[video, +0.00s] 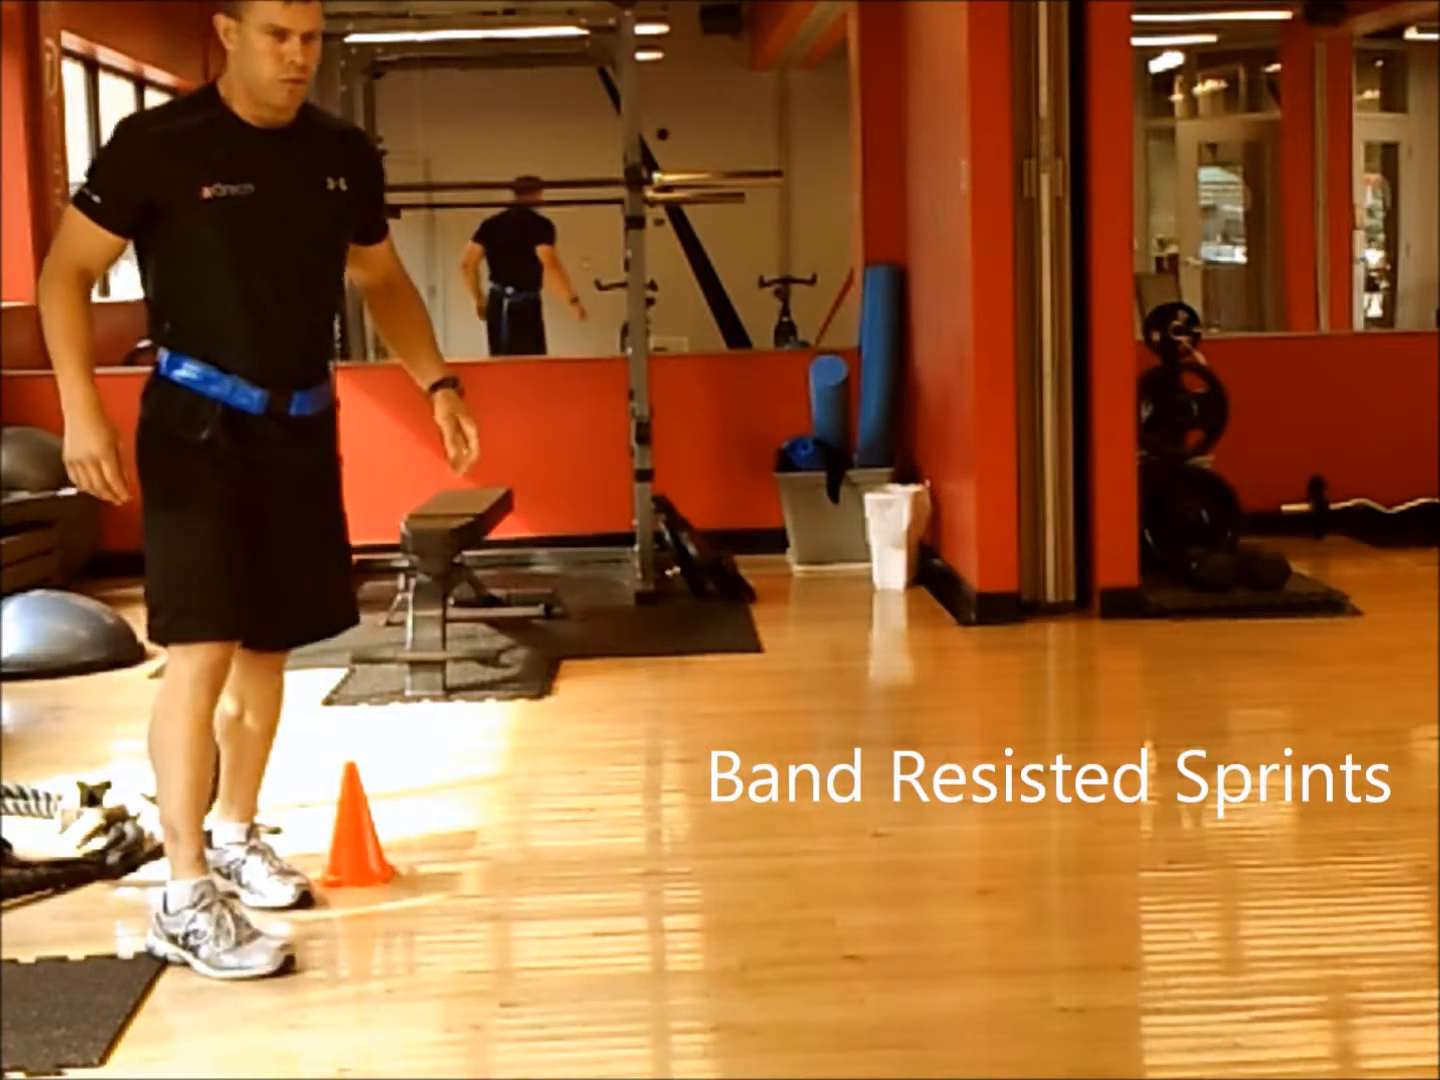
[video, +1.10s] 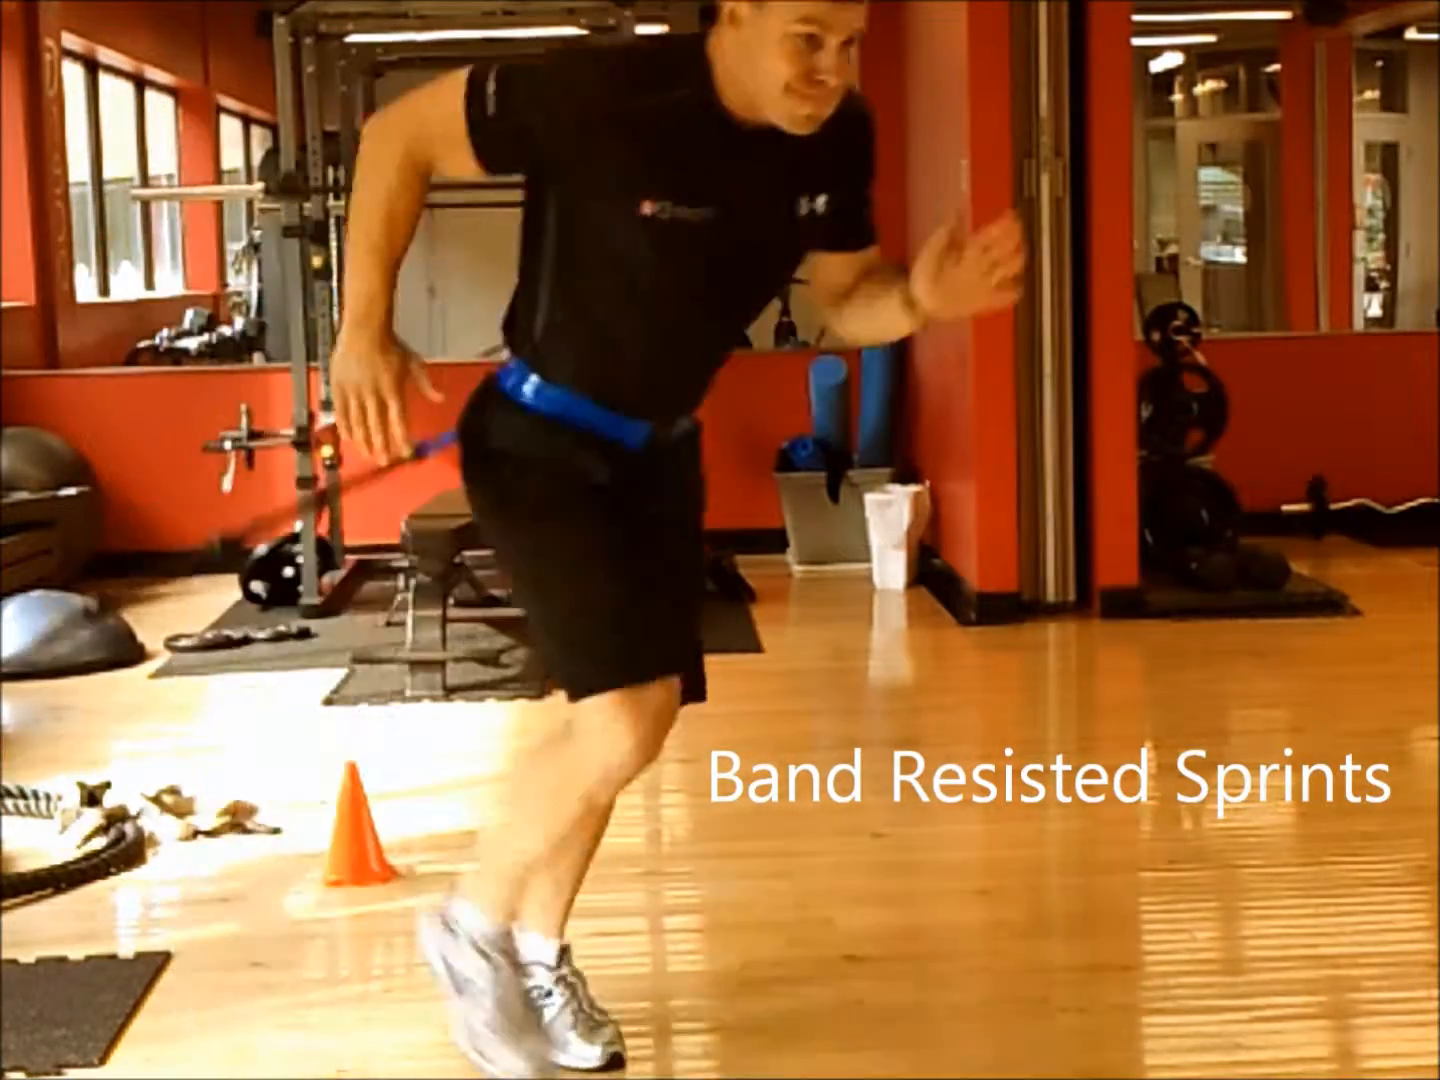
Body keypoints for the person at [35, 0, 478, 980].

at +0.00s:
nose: (300, 55)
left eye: (312, 36)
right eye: (279, 33)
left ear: (325, 42)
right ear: (226, 33)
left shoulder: (344, 155)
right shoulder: (154, 144)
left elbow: (384, 280)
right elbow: (64, 274)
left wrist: (439, 382)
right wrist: (79, 412)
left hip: (297, 431)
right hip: (196, 428)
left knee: (265, 643)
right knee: (200, 647)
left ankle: (235, 831)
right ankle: (182, 892)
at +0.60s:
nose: (419, 179)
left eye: (430, 155)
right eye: (397, 154)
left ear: (442, 150)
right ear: (336, 141)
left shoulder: (450, 239)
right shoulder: (237, 220)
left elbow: (470, 344)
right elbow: (108, 310)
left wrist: (482, 460)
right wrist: (136, 471)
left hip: (352, 499)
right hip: (236, 493)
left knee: (362, 718)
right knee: (251, 709)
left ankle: (259, 794)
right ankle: (187, 875)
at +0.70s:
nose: (460, 170)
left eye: (472, 146)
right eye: (437, 144)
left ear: (485, 143)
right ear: (374, 137)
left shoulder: (491, 226)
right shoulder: (284, 215)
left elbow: (493, 318)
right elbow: (197, 367)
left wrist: (477, 428)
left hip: (400, 493)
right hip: (272, 494)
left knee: (441, 709)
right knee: (245, 715)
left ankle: (350, 802)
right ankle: (191, 877)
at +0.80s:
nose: (560, 127)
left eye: (572, 105)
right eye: (538, 103)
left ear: (582, 101)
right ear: (469, 90)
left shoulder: (570, 184)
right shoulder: (372, 169)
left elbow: (541, 294)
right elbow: (289, 333)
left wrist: (523, 359)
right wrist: (453, 320)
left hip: (464, 467)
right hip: (332, 468)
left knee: (515, 668)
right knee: (280, 672)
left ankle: (482, 914)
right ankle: (205, 850)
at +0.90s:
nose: (660, 133)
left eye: (677, 111)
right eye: (637, 105)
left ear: (688, 108)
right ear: (570, 86)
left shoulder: (659, 186)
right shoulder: (457, 164)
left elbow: (603, 295)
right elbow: (339, 317)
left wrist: (606, 387)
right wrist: (505, 409)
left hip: (536, 474)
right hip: (403, 469)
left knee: (590, 709)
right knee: (374, 730)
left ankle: (535, 971)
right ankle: (234, 763)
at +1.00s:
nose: (746, 120)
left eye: (764, 95)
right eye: (726, 90)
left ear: (776, 88)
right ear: (651, 63)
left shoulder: (744, 192)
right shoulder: (525, 157)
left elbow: (737, 332)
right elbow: (371, 275)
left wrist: (755, 435)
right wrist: (368, 457)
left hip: (611, 488)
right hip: (482, 486)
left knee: (616, 742)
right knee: (500, 771)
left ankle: (534, 972)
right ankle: (327, 741)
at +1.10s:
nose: (836, 72)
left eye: (852, 45)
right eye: (810, 40)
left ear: (863, 38)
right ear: (732, 19)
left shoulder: (834, 130)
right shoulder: (603, 91)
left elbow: (835, 301)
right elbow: (398, 134)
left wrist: (919, 296)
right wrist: (363, 324)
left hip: (658, 447)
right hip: (542, 434)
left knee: (632, 711)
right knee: (629, 707)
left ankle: (534, 950)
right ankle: (470, 927)